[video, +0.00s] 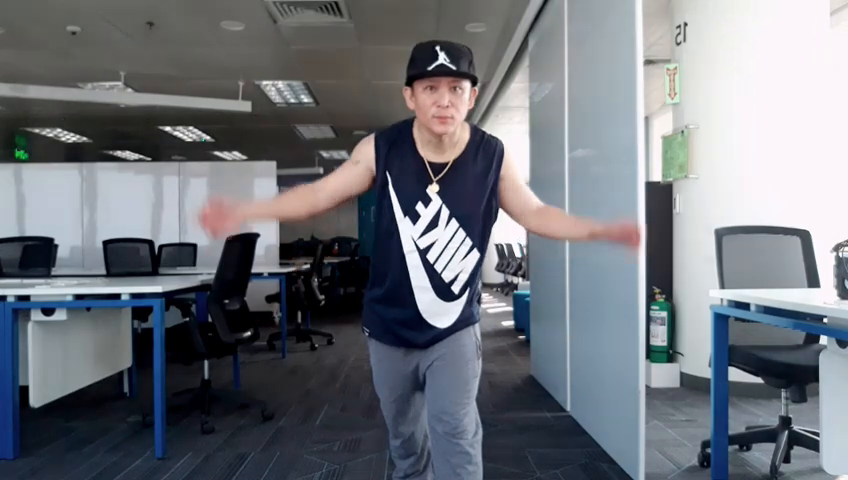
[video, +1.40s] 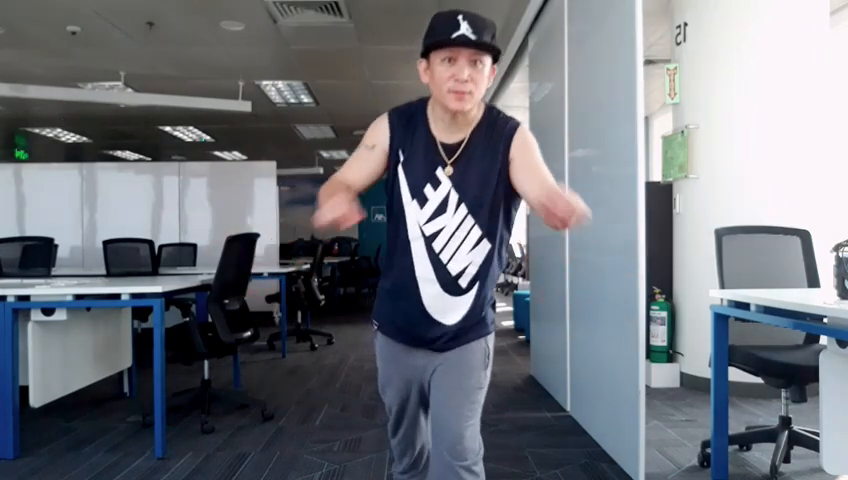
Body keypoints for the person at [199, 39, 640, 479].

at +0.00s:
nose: (444, 101)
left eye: (455, 90)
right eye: (432, 90)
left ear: (472, 97)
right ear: (409, 96)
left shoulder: (490, 155)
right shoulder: (379, 151)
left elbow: (534, 215)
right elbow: (314, 198)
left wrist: (598, 230)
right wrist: (246, 212)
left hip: (454, 328)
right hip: (390, 327)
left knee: (454, 434)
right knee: (401, 428)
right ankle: (406, 472)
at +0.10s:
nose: (442, 97)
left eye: (454, 85)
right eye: (430, 84)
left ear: (471, 94)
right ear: (409, 92)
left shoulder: (490, 151)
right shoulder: (379, 144)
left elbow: (537, 212)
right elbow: (319, 184)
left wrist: (591, 198)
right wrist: (258, 170)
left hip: (455, 328)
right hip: (390, 327)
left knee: (455, 435)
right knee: (401, 427)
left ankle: (458, 479)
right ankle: (407, 472)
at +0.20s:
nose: (443, 97)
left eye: (454, 86)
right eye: (431, 85)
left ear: (471, 93)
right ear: (410, 89)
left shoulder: (487, 142)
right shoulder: (384, 133)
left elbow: (502, 201)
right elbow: (346, 184)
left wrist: (531, 171)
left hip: (453, 324)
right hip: (389, 323)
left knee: (456, 436)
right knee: (401, 432)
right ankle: (409, 471)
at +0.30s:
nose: (444, 96)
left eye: (455, 86)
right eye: (432, 84)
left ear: (470, 93)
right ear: (411, 88)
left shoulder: (483, 136)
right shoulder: (383, 129)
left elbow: (480, 191)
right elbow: (355, 186)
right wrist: (383, 180)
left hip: (452, 322)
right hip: (387, 320)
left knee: (455, 440)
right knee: (401, 436)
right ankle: (409, 470)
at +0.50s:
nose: (438, 96)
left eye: (448, 86)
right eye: (426, 84)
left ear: (464, 94)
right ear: (405, 90)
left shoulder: (476, 138)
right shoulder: (378, 135)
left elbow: (479, 181)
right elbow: (349, 192)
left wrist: (446, 174)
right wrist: (358, 201)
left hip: (448, 324)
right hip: (385, 321)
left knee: (450, 436)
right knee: (398, 428)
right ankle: (406, 470)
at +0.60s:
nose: (430, 96)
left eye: (442, 85)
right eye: (419, 84)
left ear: (458, 93)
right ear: (399, 90)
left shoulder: (475, 145)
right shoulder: (373, 143)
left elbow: (505, 201)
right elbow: (331, 203)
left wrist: (533, 242)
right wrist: (281, 247)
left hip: (446, 323)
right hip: (384, 322)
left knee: (448, 431)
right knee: (398, 427)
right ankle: (407, 470)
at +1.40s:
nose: (463, 74)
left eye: (475, 62)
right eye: (450, 61)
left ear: (491, 74)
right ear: (425, 70)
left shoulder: (510, 137)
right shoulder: (393, 128)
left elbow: (545, 194)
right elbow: (342, 184)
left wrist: (561, 209)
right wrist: (335, 203)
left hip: (466, 332)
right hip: (399, 329)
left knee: (457, 453)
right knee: (406, 450)